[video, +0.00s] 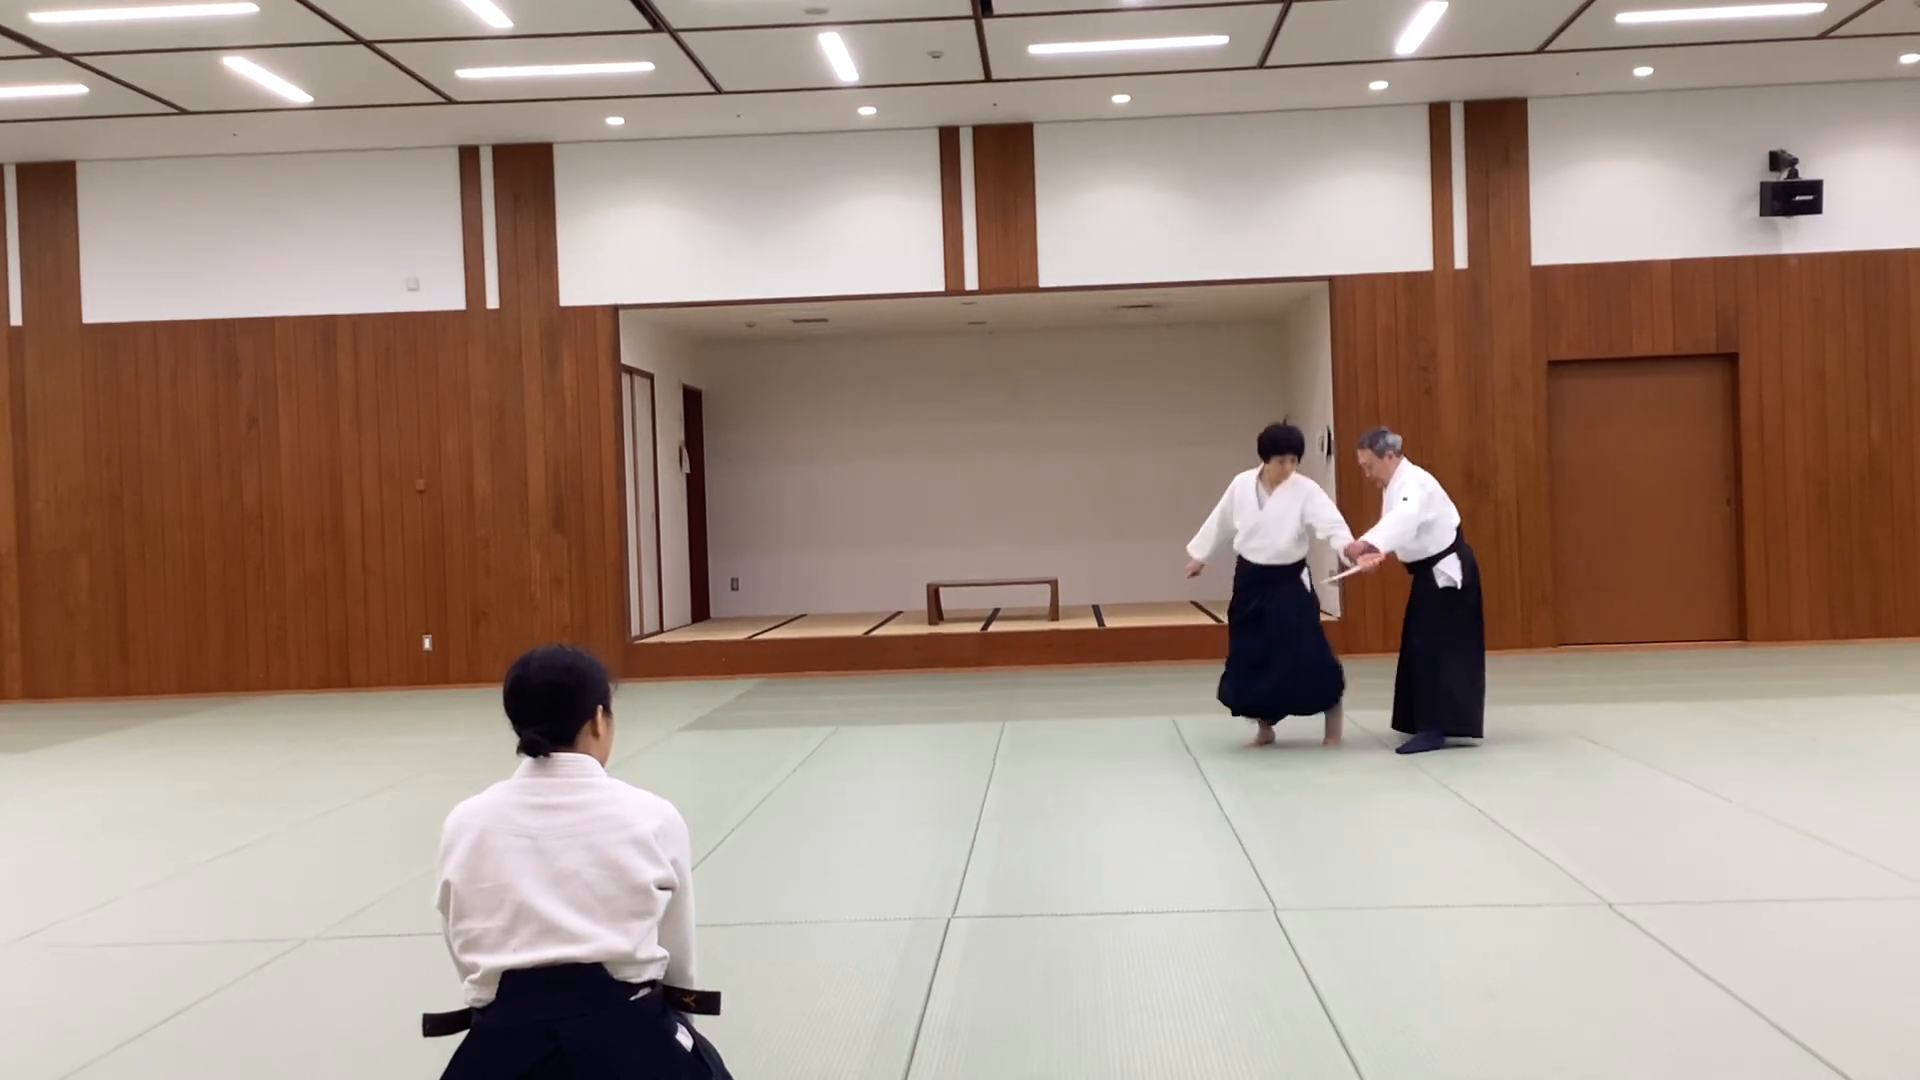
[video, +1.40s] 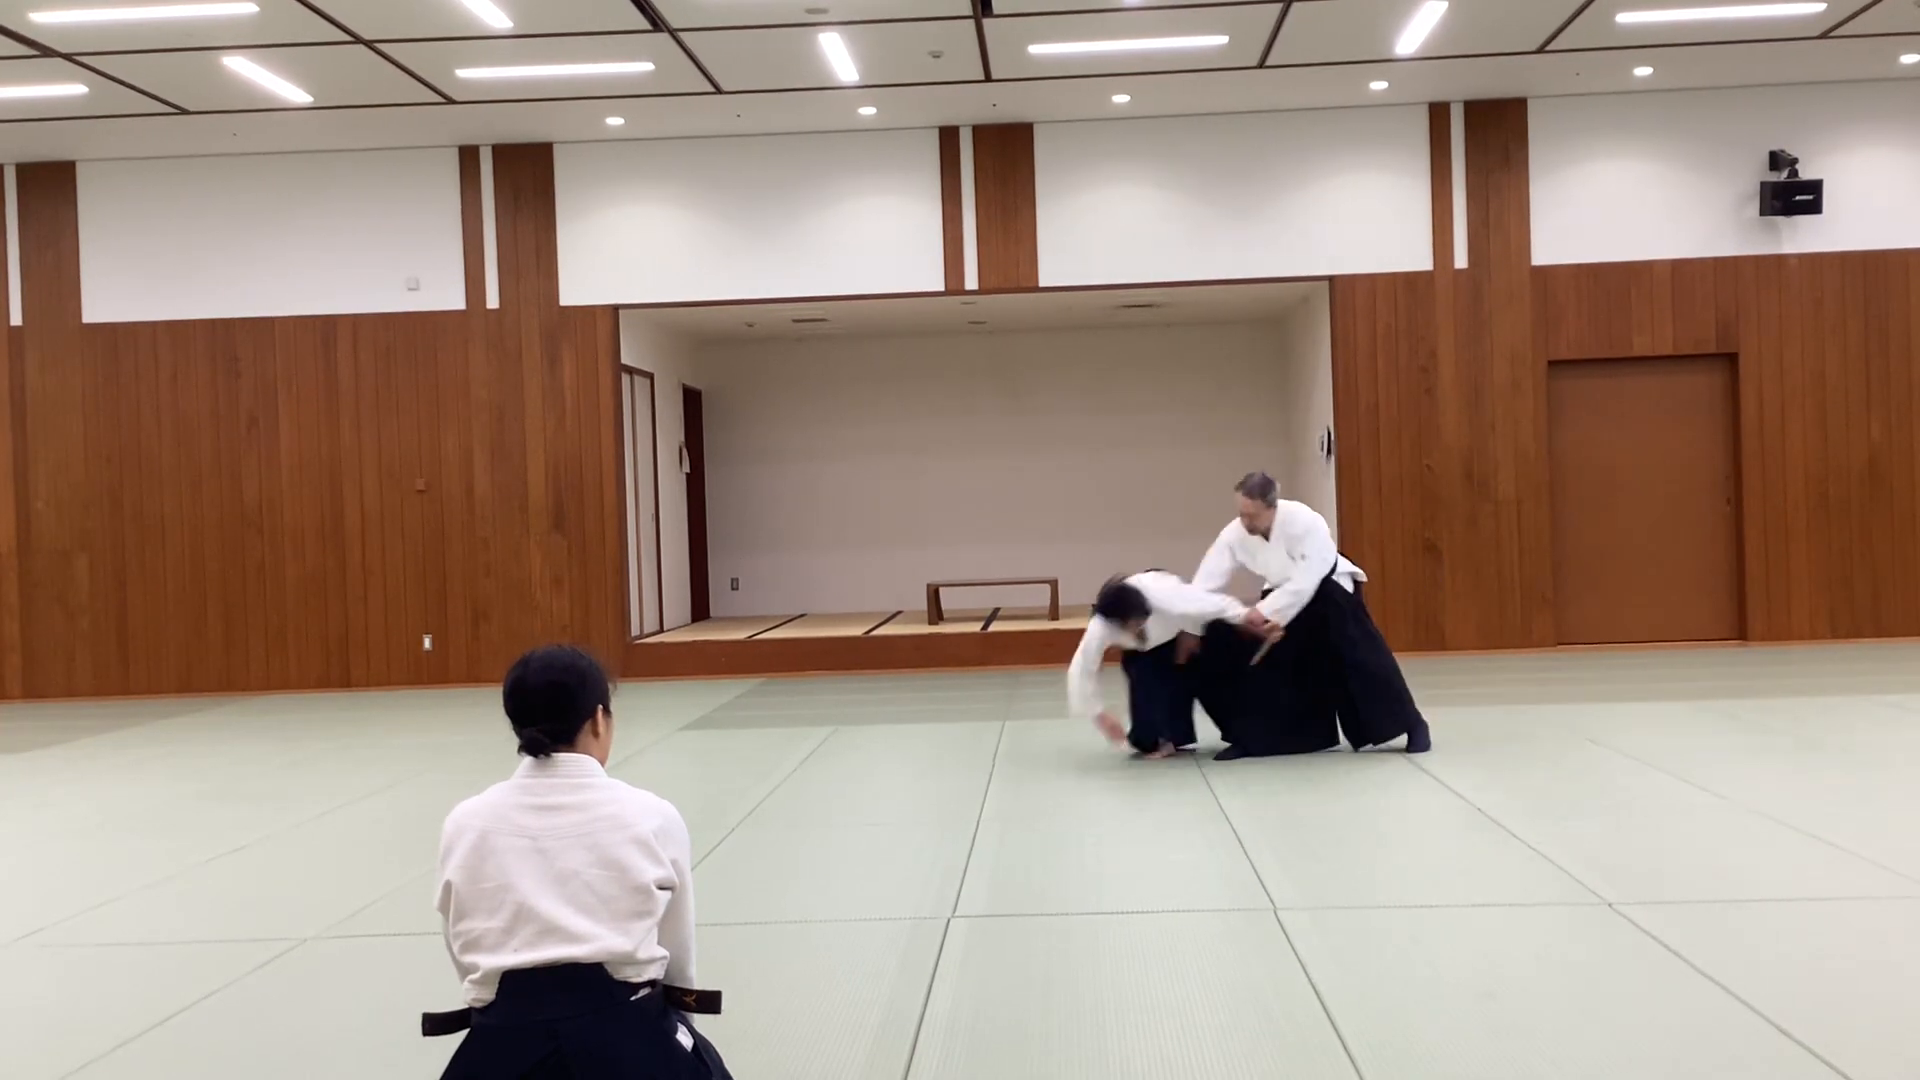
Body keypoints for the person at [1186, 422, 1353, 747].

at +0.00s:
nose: (1288, 467)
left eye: (1293, 461)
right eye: (1282, 461)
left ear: (1297, 459)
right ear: (1265, 458)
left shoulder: (1306, 490)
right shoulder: (1242, 484)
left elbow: (1331, 523)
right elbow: (1219, 521)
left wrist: (1349, 547)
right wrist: (1199, 556)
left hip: (1290, 581)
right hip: (1249, 579)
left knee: (1305, 649)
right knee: (1252, 651)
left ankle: (1332, 707)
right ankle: (1265, 728)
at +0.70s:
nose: (1300, 436)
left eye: (1306, 429)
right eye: (1293, 430)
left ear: (1315, 431)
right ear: (1281, 431)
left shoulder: (1328, 465)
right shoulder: (1264, 465)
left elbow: (1337, 515)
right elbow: (1248, 507)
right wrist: (1234, 546)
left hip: (1312, 558)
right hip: (1269, 556)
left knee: (1319, 637)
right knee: (1279, 637)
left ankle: (1335, 722)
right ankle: (1290, 719)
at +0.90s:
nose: (1291, 437)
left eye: (1298, 430)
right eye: (1284, 431)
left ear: (1310, 432)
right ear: (1276, 433)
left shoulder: (1320, 470)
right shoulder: (1262, 463)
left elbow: (1304, 517)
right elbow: (1245, 506)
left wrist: (1261, 544)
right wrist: (1232, 545)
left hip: (1301, 570)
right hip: (1264, 568)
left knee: (1300, 643)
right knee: (1268, 642)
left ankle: (1305, 718)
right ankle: (1286, 713)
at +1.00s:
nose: (1273, 451)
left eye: (1280, 444)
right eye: (1267, 444)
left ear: (1295, 444)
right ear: (1261, 443)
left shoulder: (1307, 482)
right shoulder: (1252, 472)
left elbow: (1296, 536)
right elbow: (1236, 515)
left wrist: (1257, 568)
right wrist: (1226, 556)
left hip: (1284, 571)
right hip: (1246, 565)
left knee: (1270, 642)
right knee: (1233, 636)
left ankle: (1262, 719)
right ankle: (1248, 717)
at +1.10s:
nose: (1240, 480)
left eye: (1246, 473)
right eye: (1236, 473)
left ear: (1263, 472)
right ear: (1233, 472)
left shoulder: (1285, 506)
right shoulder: (1227, 500)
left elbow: (1285, 560)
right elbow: (1218, 543)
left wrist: (1262, 602)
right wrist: (1213, 577)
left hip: (1271, 585)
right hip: (1235, 582)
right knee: (1207, 633)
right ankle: (1198, 720)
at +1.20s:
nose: (1196, 524)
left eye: (1200, 517)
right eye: (1193, 518)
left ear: (1216, 513)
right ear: (1191, 517)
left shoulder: (1250, 534)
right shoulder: (1189, 542)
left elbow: (1273, 582)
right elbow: (1177, 577)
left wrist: (1268, 630)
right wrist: (1176, 618)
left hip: (1251, 611)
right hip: (1216, 610)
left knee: (1244, 670)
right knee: (1190, 661)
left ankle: (1245, 734)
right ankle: (1171, 734)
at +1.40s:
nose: (1138, 625)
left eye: (1139, 619)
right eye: (1131, 623)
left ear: (1141, 607)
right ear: (1114, 620)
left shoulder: (1161, 596)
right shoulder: (1101, 623)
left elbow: (1214, 604)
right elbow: (1080, 670)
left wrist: (1247, 617)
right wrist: (1099, 716)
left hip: (1171, 636)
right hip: (1138, 647)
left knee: (1173, 688)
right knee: (1144, 692)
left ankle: (1174, 741)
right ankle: (1150, 742)